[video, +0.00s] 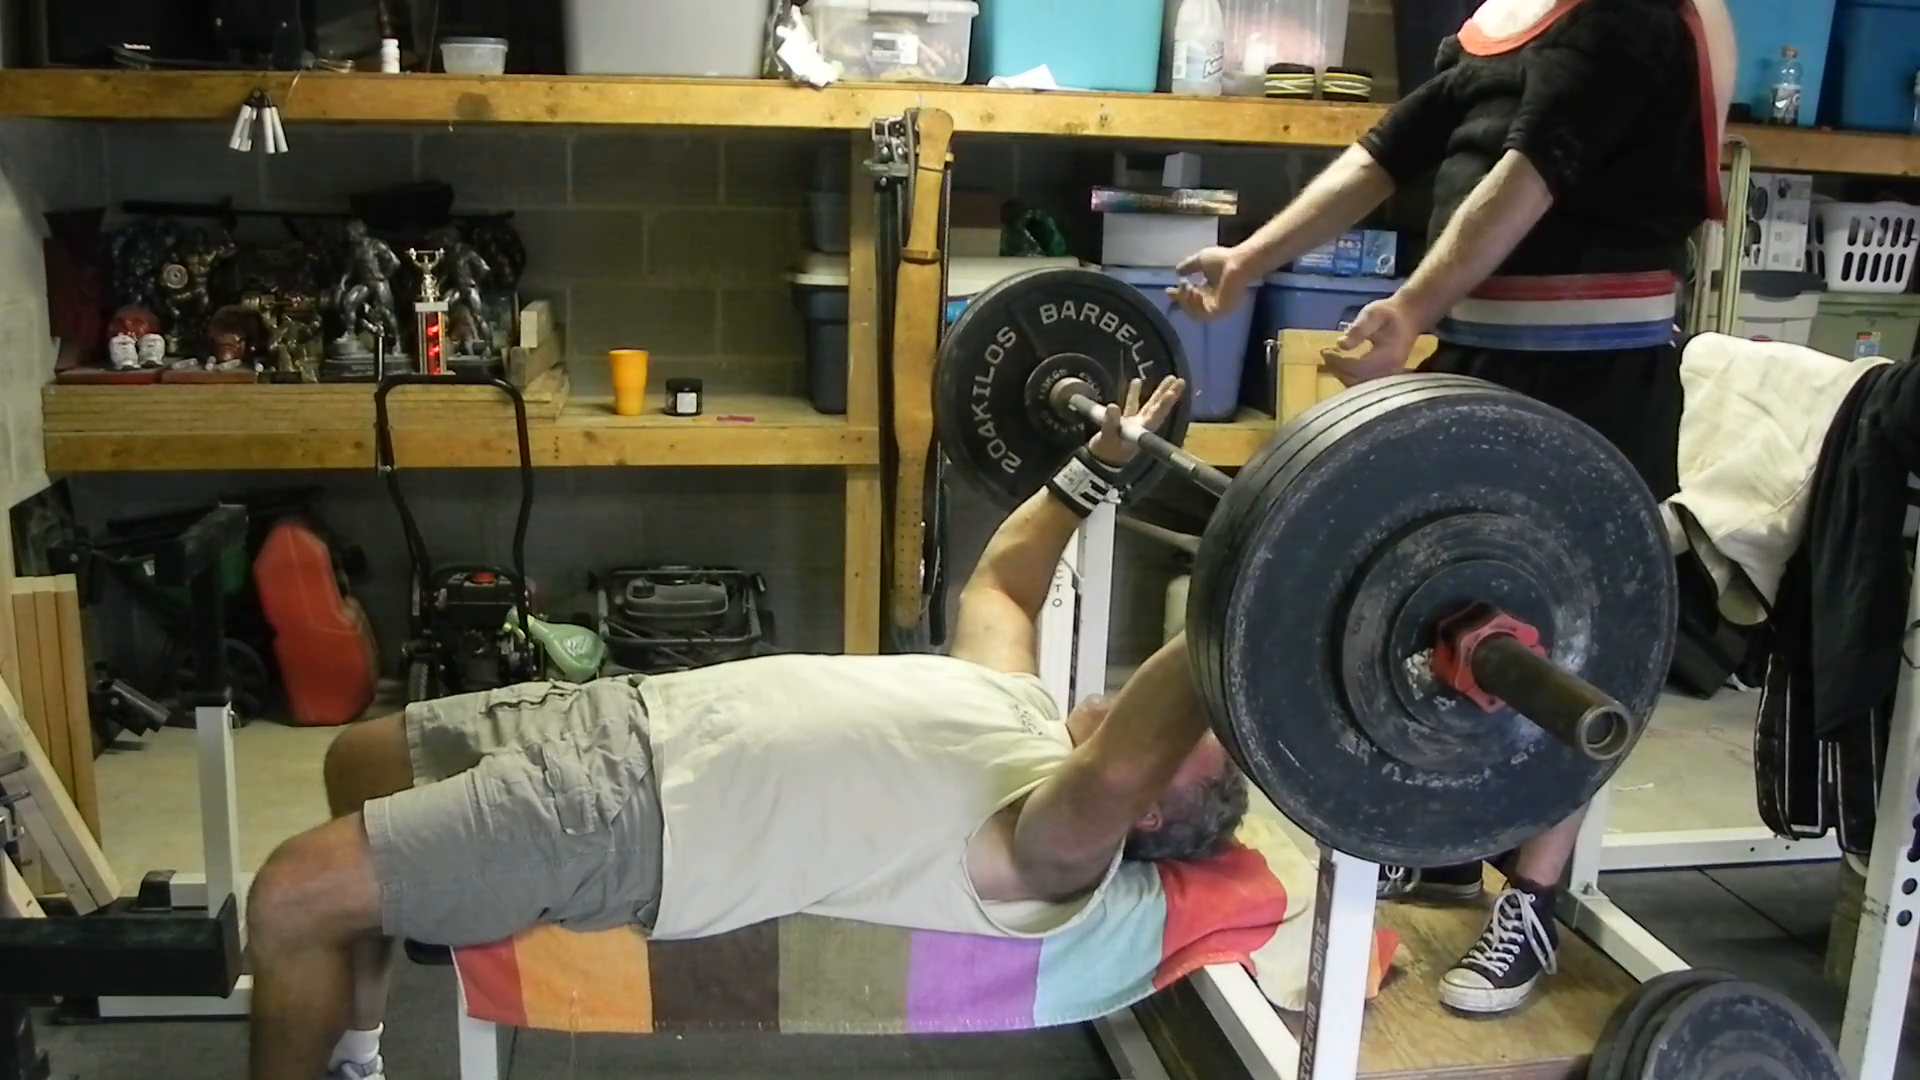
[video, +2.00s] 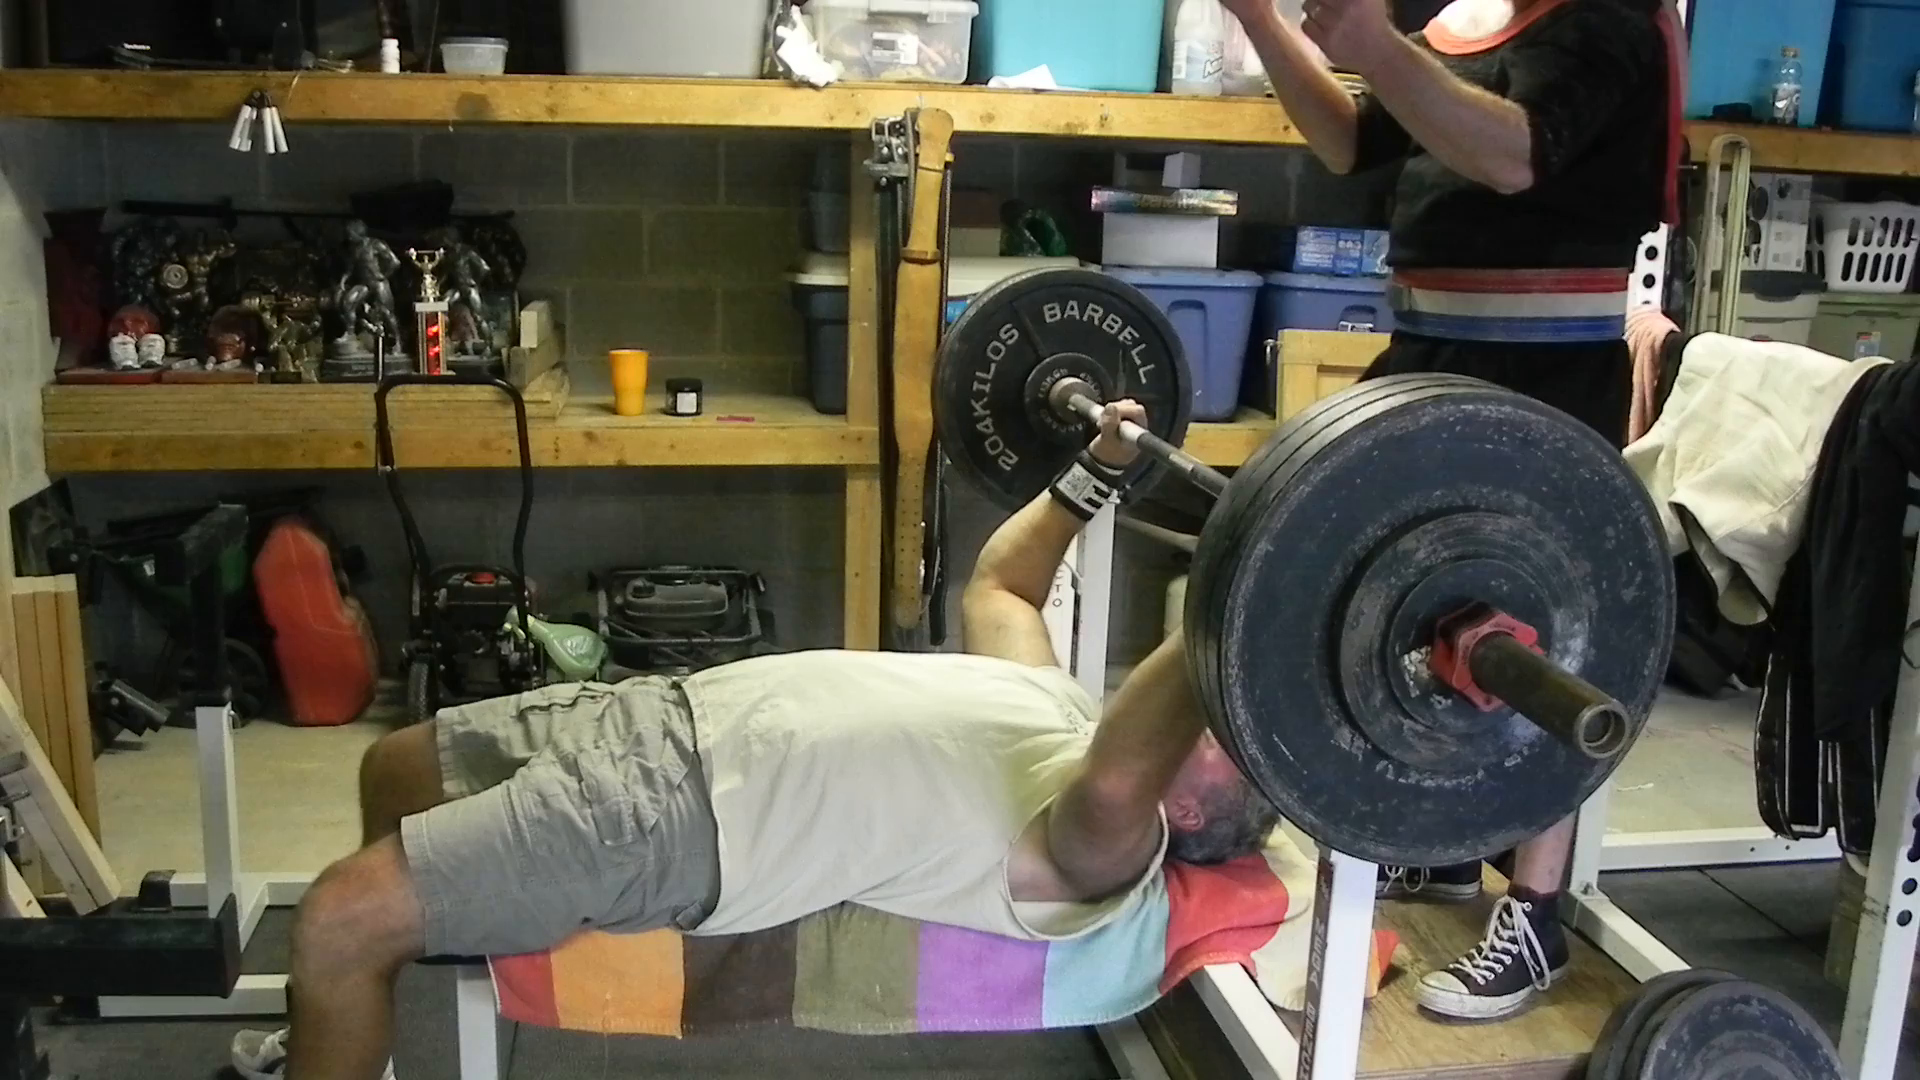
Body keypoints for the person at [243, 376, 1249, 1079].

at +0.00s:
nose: (1168, 725)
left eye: (1194, 746)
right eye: (1185, 717)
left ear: (1172, 814)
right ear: (1149, 733)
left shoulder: (1050, 847)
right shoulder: (1007, 707)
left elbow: (1132, 754)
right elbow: (1007, 583)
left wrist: (1273, 593)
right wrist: (1102, 453)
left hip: (626, 821)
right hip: (616, 709)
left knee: (295, 890)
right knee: (360, 762)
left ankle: (298, 1068)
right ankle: (350, 1048)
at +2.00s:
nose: (1197, 738)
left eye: (1225, 748)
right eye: (1211, 722)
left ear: (1216, 808)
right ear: (1187, 732)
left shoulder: (1097, 857)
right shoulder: (1043, 714)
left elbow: (1132, 763)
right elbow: (1007, 581)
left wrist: (1231, 605)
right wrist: (1089, 474)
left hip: (675, 819)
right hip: (658, 710)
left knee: (339, 922)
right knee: (395, 768)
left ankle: (330, 1067)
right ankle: (427, 980)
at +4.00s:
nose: (1199, 740)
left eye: (1228, 749)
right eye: (1213, 723)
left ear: (1215, 811)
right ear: (1182, 728)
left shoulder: (1087, 860)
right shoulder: (1035, 718)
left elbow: (1135, 760)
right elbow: (1016, 582)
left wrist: (1260, 608)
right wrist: (1099, 473)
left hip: (665, 819)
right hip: (653, 711)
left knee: (328, 916)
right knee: (390, 767)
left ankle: (323, 1065)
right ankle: (390, 988)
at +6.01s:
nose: (1182, 723)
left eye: (1209, 745)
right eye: (1204, 726)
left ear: (1192, 813)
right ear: (1181, 758)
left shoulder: (1076, 865)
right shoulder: (1041, 718)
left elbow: (1147, 756)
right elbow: (1011, 586)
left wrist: (1275, 590)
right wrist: (1098, 475)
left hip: (658, 819)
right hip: (647, 715)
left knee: (319, 914)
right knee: (385, 762)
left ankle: (335, 1057)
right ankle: (352, 990)